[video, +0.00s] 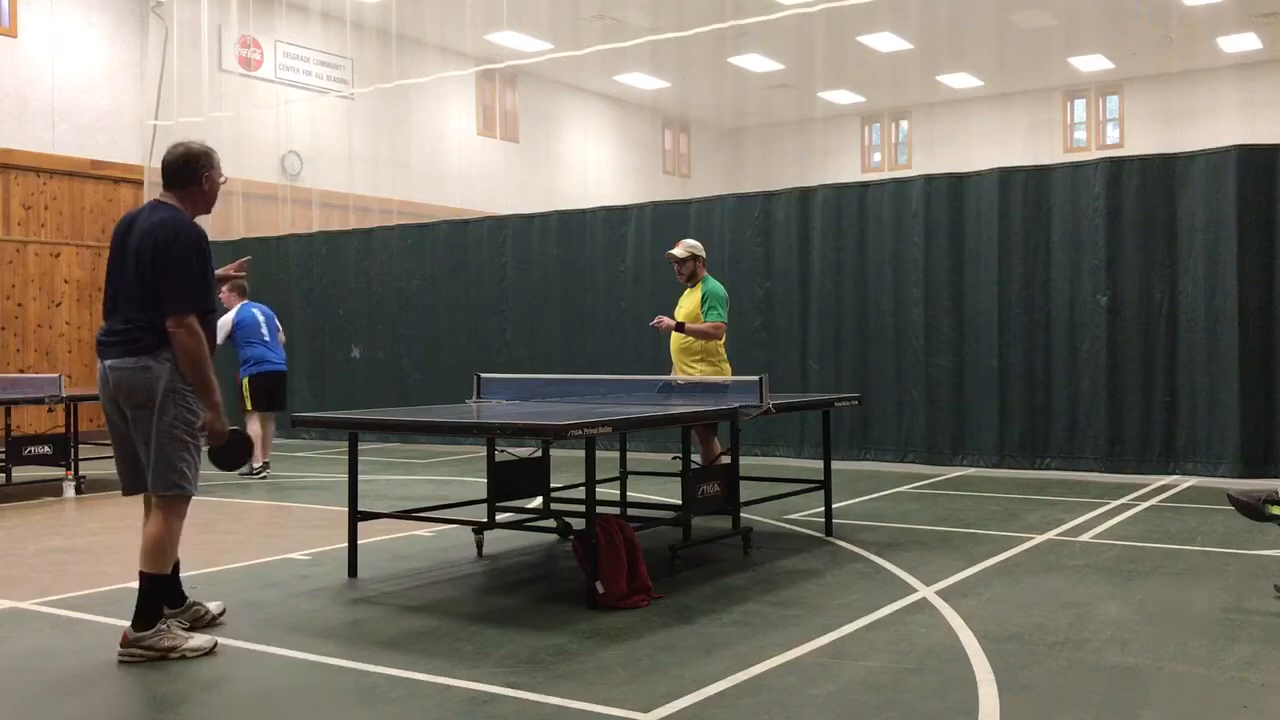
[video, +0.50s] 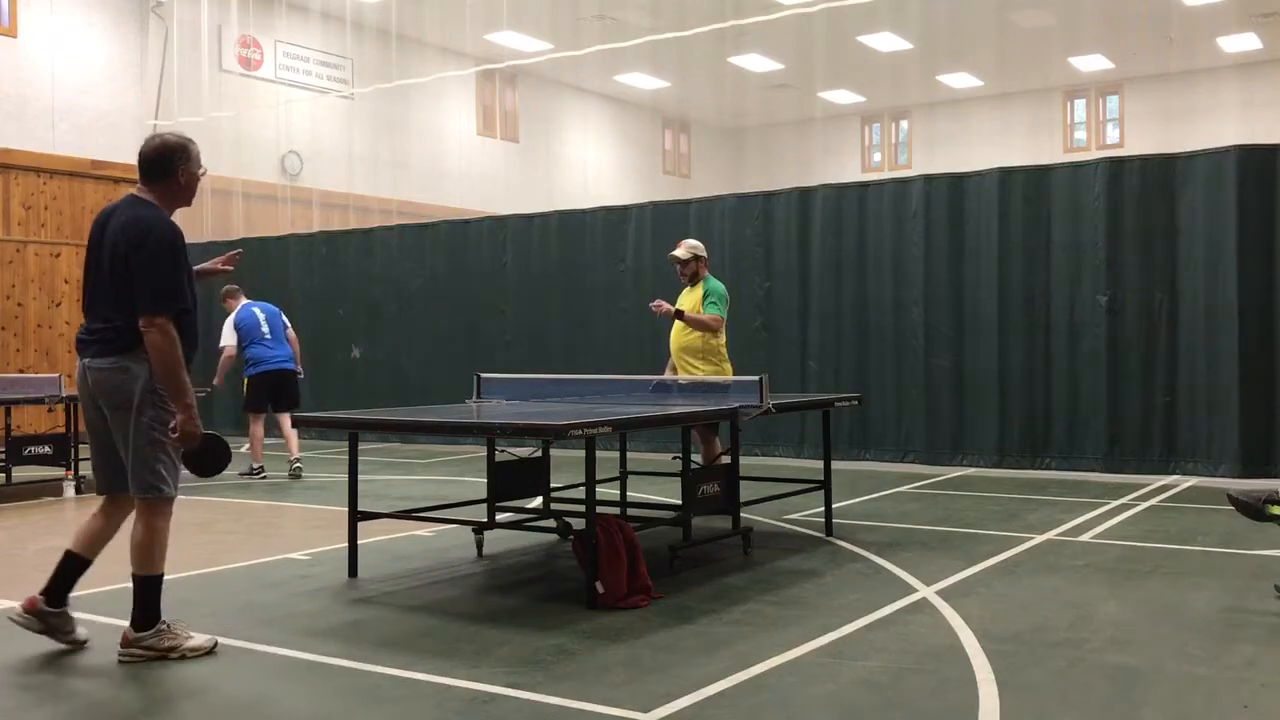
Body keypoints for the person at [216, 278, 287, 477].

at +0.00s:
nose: (221, 298)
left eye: (223, 293)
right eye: (221, 293)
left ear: (235, 295)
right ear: (242, 295)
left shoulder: (230, 317)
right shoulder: (265, 310)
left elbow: (212, 345)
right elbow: (281, 337)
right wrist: (272, 358)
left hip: (255, 370)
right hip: (278, 368)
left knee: (253, 416)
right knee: (269, 416)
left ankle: (257, 462)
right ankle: (265, 459)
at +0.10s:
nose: (217, 304)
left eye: (218, 300)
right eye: (216, 300)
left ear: (229, 297)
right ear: (238, 297)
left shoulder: (229, 317)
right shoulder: (264, 309)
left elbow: (210, 346)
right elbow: (283, 334)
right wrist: (273, 355)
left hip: (256, 369)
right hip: (281, 366)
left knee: (254, 416)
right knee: (273, 415)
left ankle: (257, 464)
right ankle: (272, 460)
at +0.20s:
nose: (216, 308)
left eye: (216, 303)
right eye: (215, 303)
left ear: (225, 300)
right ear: (235, 298)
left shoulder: (229, 318)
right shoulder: (264, 308)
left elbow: (211, 350)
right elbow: (285, 334)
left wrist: (198, 367)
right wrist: (277, 356)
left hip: (257, 370)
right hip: (282, 367)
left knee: (254, 417)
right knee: (278, 413)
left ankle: (257, 464)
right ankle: (283, 460)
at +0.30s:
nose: (217, 308)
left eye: (216, 304)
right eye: (215, 305)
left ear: (224, 300)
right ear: (236, 296)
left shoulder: (228, 319)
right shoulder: (265, 308)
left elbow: (213, 353)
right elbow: (287, 334)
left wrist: (199, 367)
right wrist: (283, 358)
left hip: (257, 370)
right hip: (283, 366)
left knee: (255, 417)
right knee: (282, 413)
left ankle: (257, 465)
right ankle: (292, 459)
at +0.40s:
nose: (221, 310)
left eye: (219, 305)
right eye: (219, 306)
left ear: (226, 300)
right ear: (238, 296)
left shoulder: (230, 319)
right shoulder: (268, 308)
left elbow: (221, 354)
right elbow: (289, 335)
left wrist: (201, 376)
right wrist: (291, 361)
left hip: (257, 371)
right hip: (285, 367)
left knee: (256, 418)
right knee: (284, 415)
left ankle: (257, 465)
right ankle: (295, 458)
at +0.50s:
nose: (227, 310)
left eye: (225, 306)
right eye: (225, 307)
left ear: (229, 301)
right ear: (243, 296)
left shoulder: (233, 318)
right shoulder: (273, 308)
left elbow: (230, 353)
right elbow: (292, 336)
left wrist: (219, 377)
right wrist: (297, 364)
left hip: (259, 372)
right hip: (285, 369)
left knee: (256, 419)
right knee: (284, 415)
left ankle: (257, 465)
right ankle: (295, 459)